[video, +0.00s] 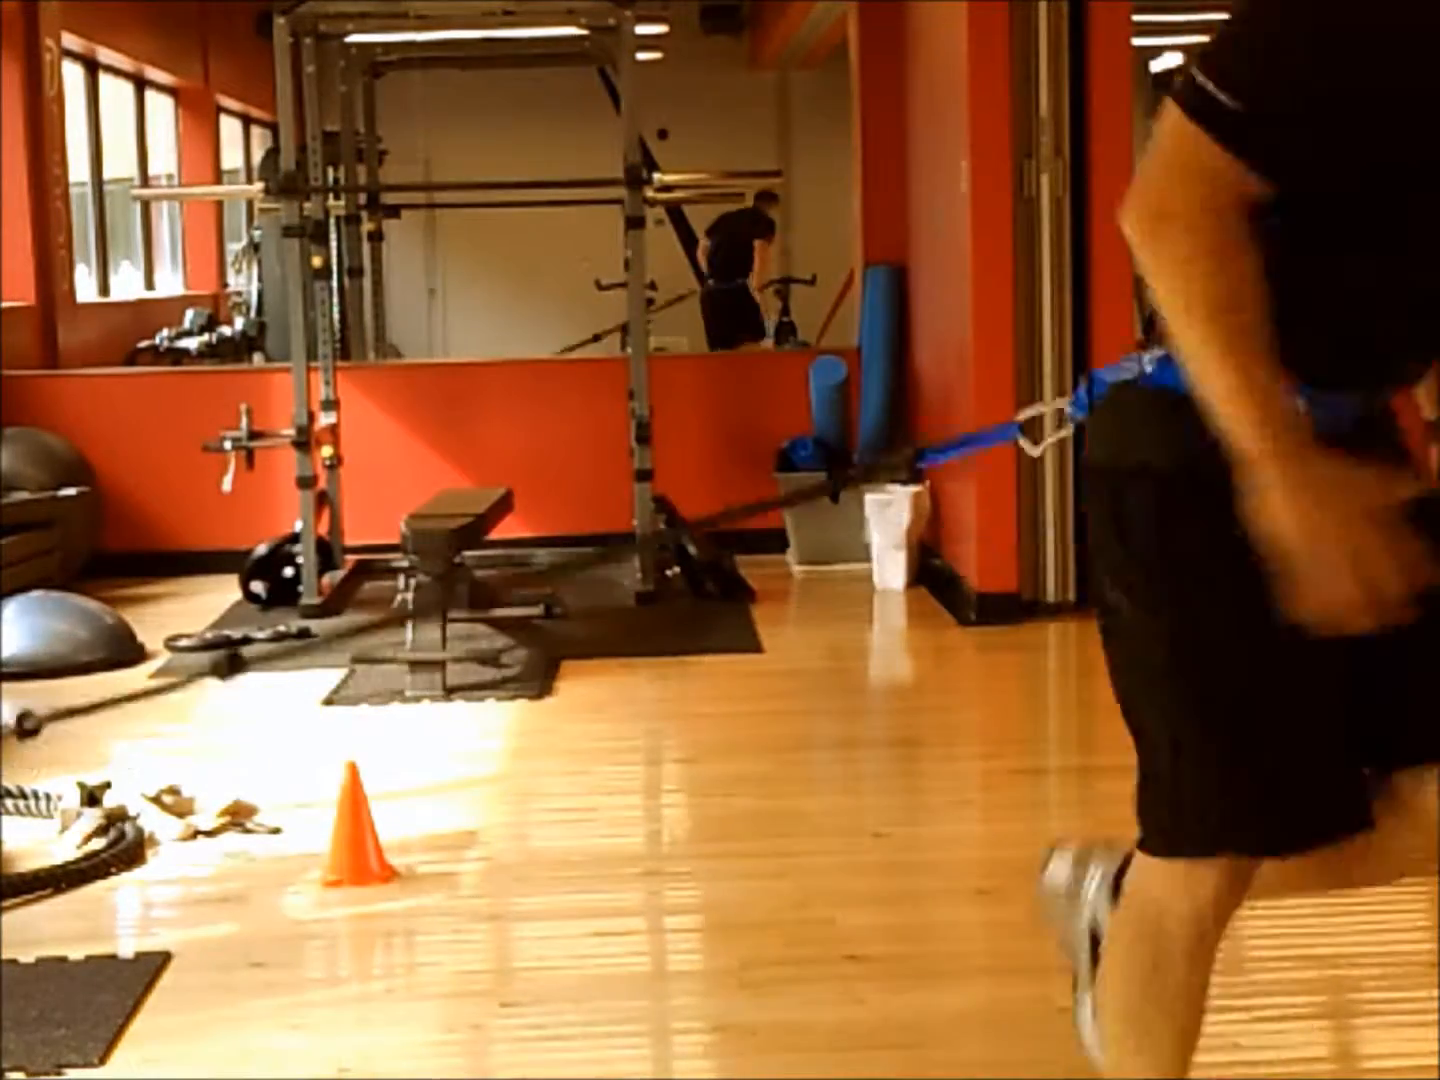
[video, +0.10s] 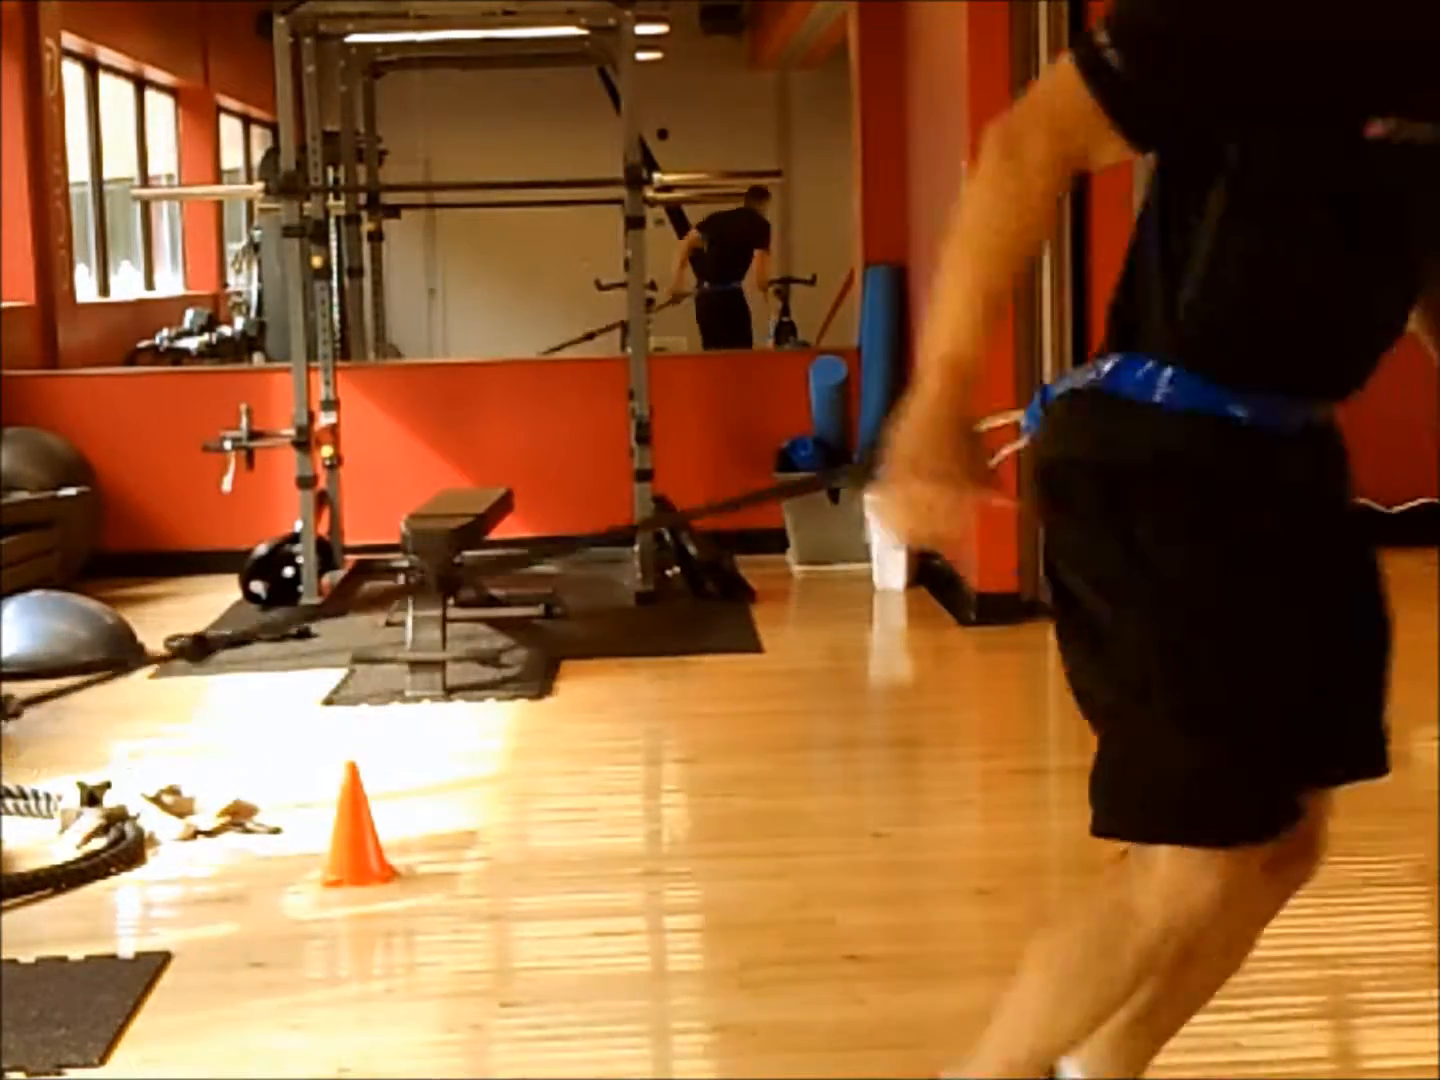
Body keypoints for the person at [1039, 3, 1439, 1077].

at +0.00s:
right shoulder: (1327, 25)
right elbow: (1170, 205)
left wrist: (1411, 433)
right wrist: (1283, 463)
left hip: (1343, 429)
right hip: (1185, 431)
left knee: (1420, 813)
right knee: (1204, 837)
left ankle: (1132, 898)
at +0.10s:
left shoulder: (1410, 97)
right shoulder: (1247, 29)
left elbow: (1411, 277)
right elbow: (1029, 140)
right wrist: (939, 393)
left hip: (1284, 449)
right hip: (1155, 445)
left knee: (1280, 835)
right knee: (1208, 845)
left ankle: (1092, 1072)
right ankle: (994, 1066)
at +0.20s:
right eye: (1438, 4)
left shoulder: (1391, 138)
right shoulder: (1179, 67)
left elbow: (1378, 354)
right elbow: (906, 172)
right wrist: (748, 381)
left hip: (1209, 532)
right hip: (1074, 530)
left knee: (1218, 892)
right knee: (1110, 933)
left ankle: (1058, 1076)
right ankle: (797, 995)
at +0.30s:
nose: (1361, 29)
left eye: (1372, 15)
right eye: (1350, 6)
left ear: (1304, 1)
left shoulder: (1273, 109)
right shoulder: (1067, 52)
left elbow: (1218, 310)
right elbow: (846, 205)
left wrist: (1330, 415)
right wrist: (729, 429)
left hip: (1129, 505)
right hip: (981, 502)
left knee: (1154, 842)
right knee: (962, 870)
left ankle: (1048, 1069)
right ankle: (685, 957)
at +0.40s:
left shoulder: (1144, 60)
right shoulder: (934, 24)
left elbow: (1097, 227)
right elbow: (758, 191)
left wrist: (1132, 379)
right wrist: (822, 424)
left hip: (1003, 432)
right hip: (858, 425)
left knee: (1026, 767)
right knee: (805, 769)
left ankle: (1001, 1068)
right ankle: (647, 988)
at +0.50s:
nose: (1047, 7)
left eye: (1049, 6)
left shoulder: (1012, 74)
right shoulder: (808, 44)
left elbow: (977, 243)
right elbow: (663, 244)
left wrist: (991, 387)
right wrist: (865, 335)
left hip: (874, 455)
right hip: (730, 456)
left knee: (954, 754)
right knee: (710, 766)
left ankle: (838, 1001)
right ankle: (599, 1031)